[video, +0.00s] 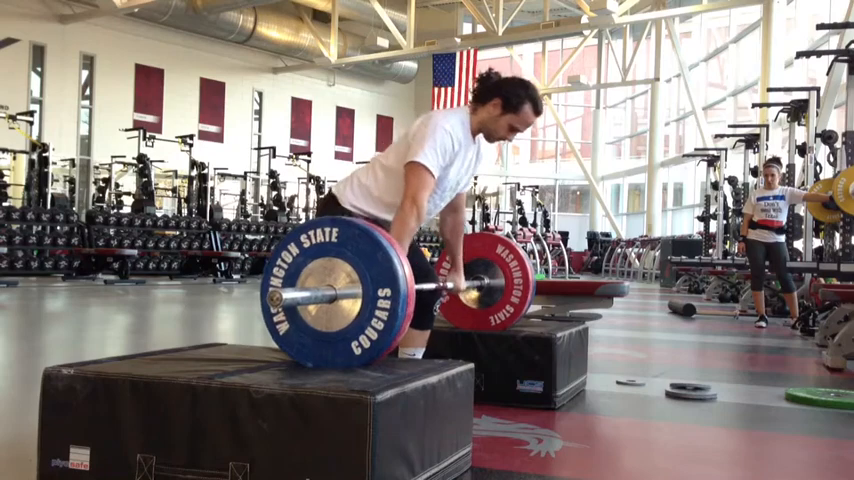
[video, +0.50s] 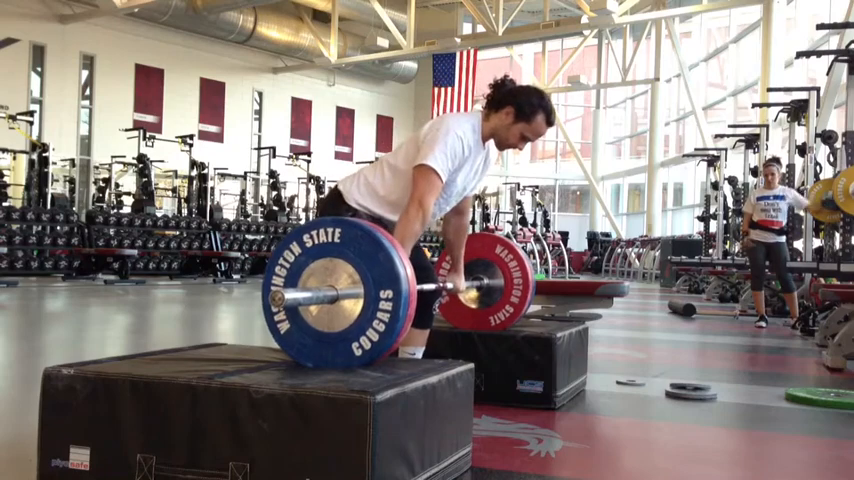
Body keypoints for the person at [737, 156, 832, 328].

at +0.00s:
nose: (769, 179)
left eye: (772, 175)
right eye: (766, 175)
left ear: (779, 176)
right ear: (763, 176)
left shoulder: (786, 192)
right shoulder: (755, 195)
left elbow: (807, 196)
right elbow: (746, 218)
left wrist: (827, 198)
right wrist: (742, 238)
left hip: (777, 240)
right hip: (755, 238)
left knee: (784, 275)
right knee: (757, 275)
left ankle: (795, 318)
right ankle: (761, 316)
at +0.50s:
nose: (769, 178)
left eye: (772, 174)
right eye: (766, 175)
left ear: (779, 175)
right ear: (762, 176)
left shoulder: (787, 193)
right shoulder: (755, 194)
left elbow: (808, 205)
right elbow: (747, 216)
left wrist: (824, 205)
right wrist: (744, 234)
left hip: (778, 240)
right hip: (756, 239)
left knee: (784, 275)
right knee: (757, 276)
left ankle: (795, 317)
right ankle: (761, 316)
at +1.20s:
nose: (769, 176)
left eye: (772, 172)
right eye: (766, 173)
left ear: (778, 173)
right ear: (762, 174)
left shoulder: (787, 194)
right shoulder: (754, 194)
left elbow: (797, 214)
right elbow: (746, 216)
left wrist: (789, 225)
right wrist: (746, 234)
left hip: (778, 240)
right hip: (758, 240)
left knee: (785, 276)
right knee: (757, 277)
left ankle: (795, 318)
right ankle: (761, 316)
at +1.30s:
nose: (769, 175)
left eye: (772, 172)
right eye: (765, 173)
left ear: (778, 173)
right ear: (762, 175)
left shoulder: (786, 193)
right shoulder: (754, 194)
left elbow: (797, 214)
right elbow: (746, 216)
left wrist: (789, 225)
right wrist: (746, 234)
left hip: (778, 240)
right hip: (758, 240)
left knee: (785, 276)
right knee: (757, 277)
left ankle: (795, 318)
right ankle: (761, 316)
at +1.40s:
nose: (768, 176)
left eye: (771, 172)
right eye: (765, 173)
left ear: (778, 173)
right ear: (761, 175)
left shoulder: (786, 193)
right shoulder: (753, 194)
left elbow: (796, 214)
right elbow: (746, 216)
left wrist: (789, 225)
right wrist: (746, 234)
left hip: (778, 240)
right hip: (757, 240)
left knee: (785, 276)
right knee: (757, 276)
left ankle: (795, 318)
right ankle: (761, 316)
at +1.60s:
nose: (767, 176)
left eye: (770, 173)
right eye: (764, 173)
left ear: (777, 174)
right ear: (760, 175)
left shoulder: (785, 194)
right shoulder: (752, 195)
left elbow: (795, 214)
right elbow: (745, 216)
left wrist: (788, 225)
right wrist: (746, 234)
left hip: (778, 240)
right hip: (757, 240)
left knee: (785, 275)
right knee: (757, 276)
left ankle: (795, 318)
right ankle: (761, 315)